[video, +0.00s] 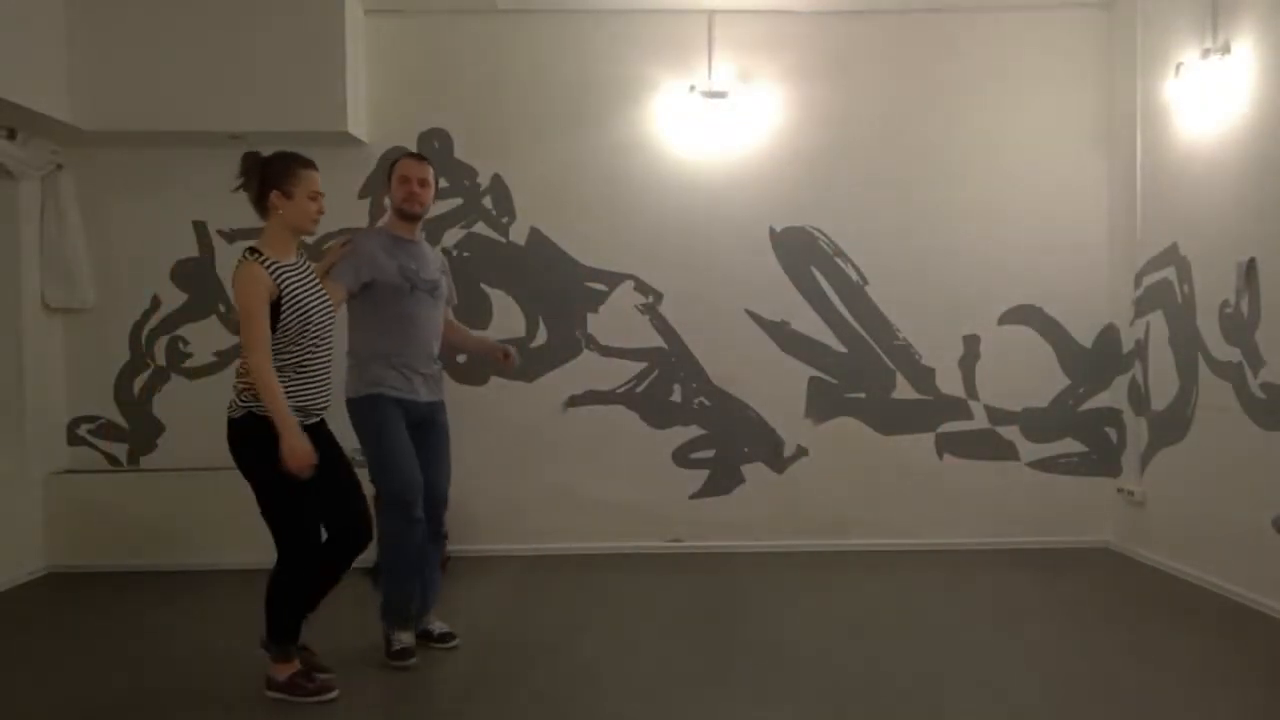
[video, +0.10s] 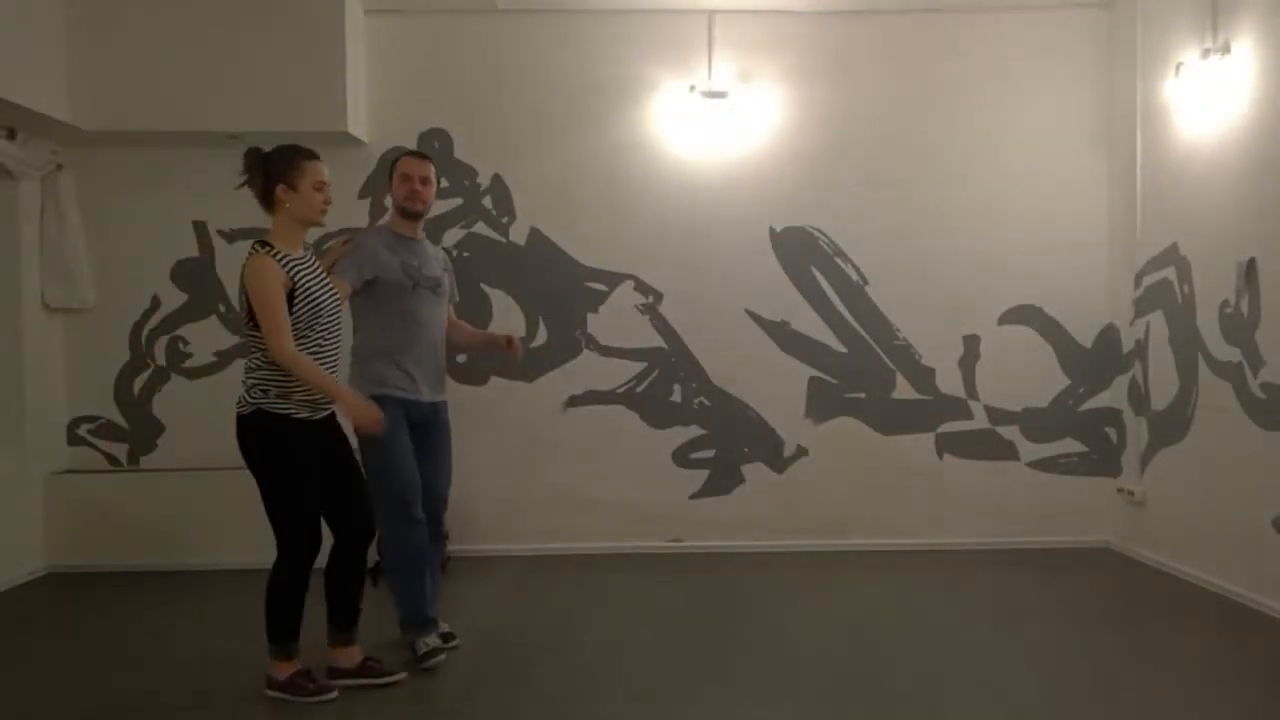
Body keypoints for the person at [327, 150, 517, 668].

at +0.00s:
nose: (414, 191)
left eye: (423, 183)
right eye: (405, 182)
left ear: (433, 194)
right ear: (387, 190)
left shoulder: (435, 260)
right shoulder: (365, 247)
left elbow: (444, 330)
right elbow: (313, 306)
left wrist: (490, 346)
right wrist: (267, 355)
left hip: (428, 394)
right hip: (376, 392)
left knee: (433, 503)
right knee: (403, 498)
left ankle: (420, 613)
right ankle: (398, 622)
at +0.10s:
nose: (416, 188)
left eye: (424, 181)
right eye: (407, 179)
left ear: (435, 192)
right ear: (389, 188)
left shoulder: (439, 259)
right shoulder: (367, 246)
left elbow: (447, 328)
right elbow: (319, 301)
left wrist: (492, 340)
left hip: (431, 399)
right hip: (380, 397)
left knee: (433, 508)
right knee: (403, 507)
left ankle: (424, 615)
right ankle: (418, 627)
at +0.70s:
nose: (383, 185)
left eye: (391, 178)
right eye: (374, 178)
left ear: (405, 190)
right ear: (359, 187)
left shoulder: (414, 259)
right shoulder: (334, 250)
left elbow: (419, 323)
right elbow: (297, 316)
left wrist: (468, 337)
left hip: (406, 398)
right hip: (351, 398)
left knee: (416, 510)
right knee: (367, 509)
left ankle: (417, 619)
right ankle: (329, 623)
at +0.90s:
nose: (347, 191)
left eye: (356, 184)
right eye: (337, 183)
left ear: (370, 195)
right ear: (323, 194)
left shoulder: (381, 266)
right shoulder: (298, 254)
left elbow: (388, 336)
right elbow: (265, 314)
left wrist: (429, 343)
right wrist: (227, 324)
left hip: (372, 411)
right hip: (312, 411)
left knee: (399, 510)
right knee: (308, 524)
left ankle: (415, 618)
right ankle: (284, 631)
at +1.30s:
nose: (304, 186)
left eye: (314, 179)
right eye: (295, 179)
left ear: (332, 190)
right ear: (284, 191)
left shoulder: (358, 258)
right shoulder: (256, 254)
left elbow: (380, 330)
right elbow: (221, 317)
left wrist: (352, 323)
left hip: (337, 404)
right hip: (272, 404)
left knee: (349, 510)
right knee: (274, 517)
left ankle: (344, 604)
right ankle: (276, 626)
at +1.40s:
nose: (303, 185)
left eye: (313, 177)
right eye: (294, 178)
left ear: (332, 188)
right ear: (283, 188)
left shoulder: (361, 255)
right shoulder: (256, 251)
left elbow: (380, 326)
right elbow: (225, 316)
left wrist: (334, 314)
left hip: (338, 405)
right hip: (274, 404)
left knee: (341, 515)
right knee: (272, 515)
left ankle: (329, 607)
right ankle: (274, 624)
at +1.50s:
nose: (302, 189)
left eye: (313, 181)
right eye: (294, 182)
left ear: (333, 191)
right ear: (284, 193)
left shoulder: (363, 258)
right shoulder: (263, 254)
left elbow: (378, 329)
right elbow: (215, 307)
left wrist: (318, 313)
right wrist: (247, 312)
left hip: (340, 409)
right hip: (277, 407)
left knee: (334, 515)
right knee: (277, 516)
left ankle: (326, 606)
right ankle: (273, 626)